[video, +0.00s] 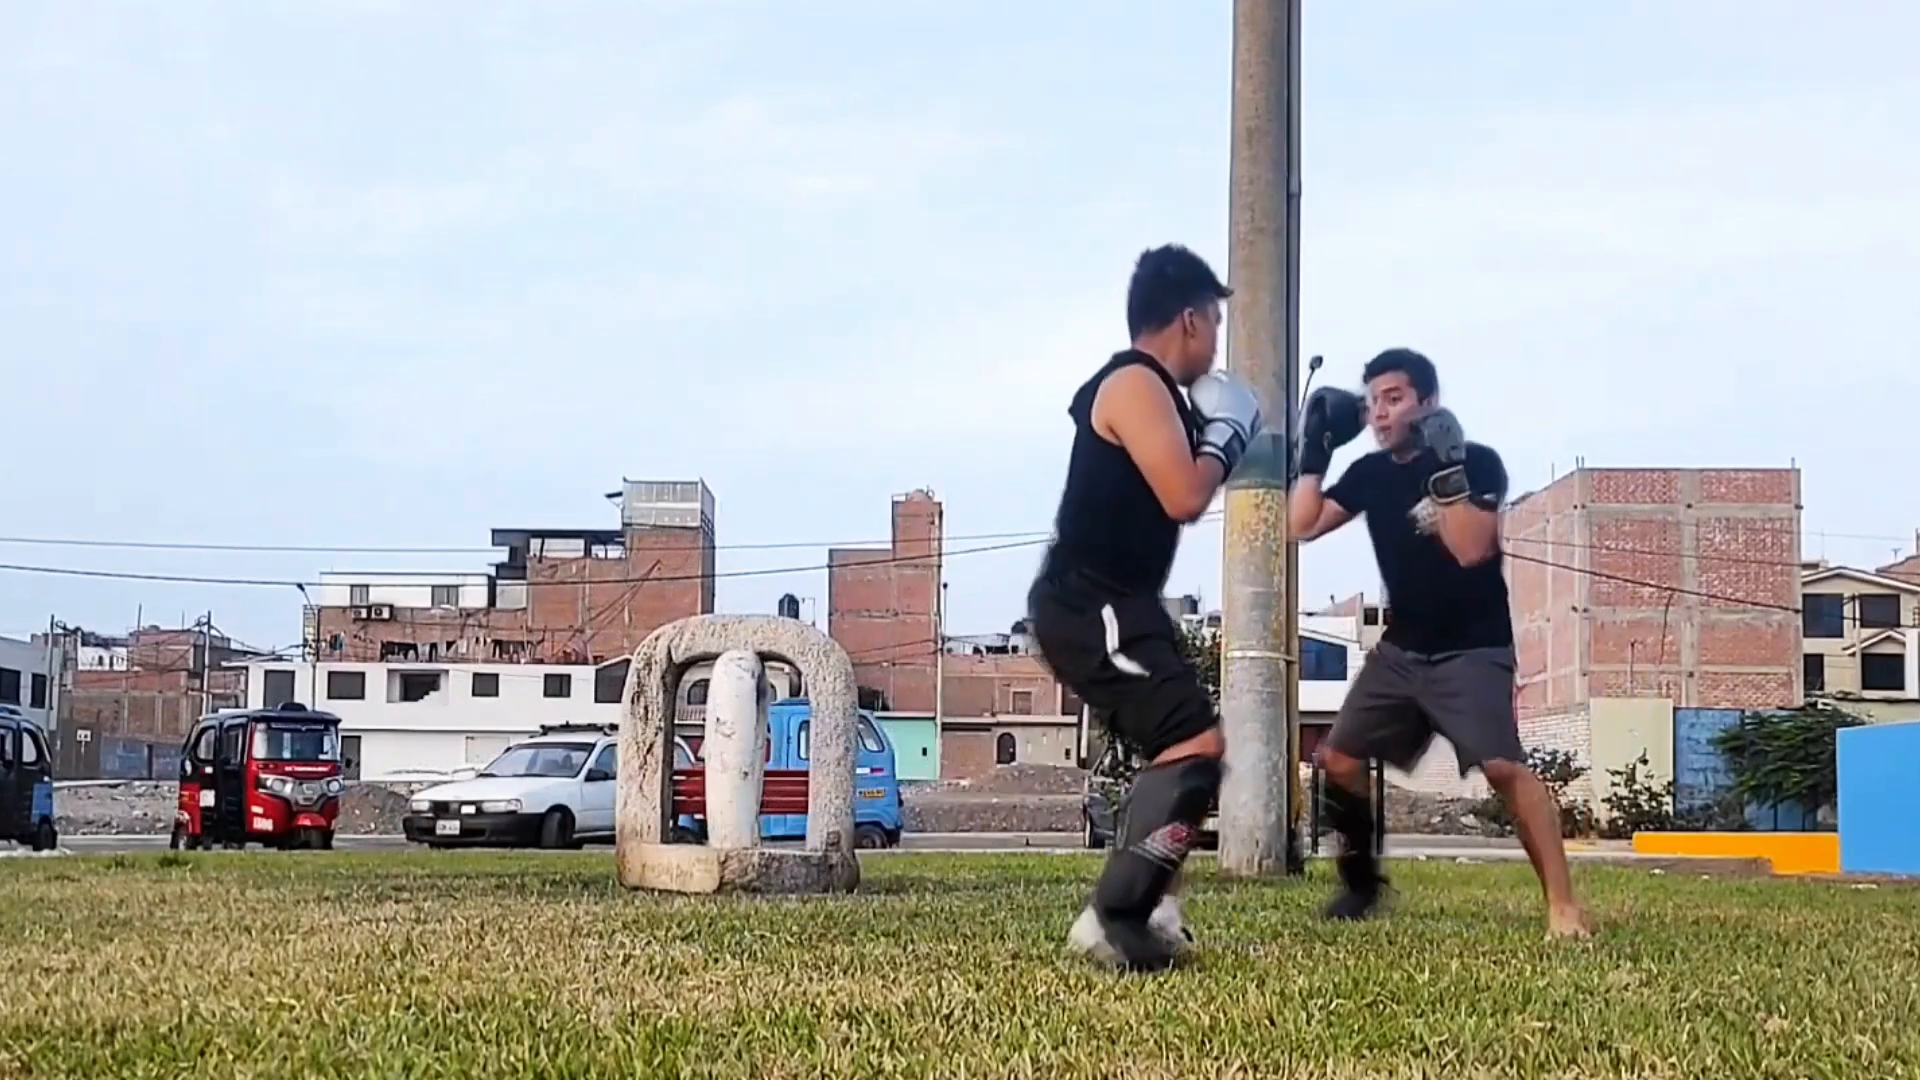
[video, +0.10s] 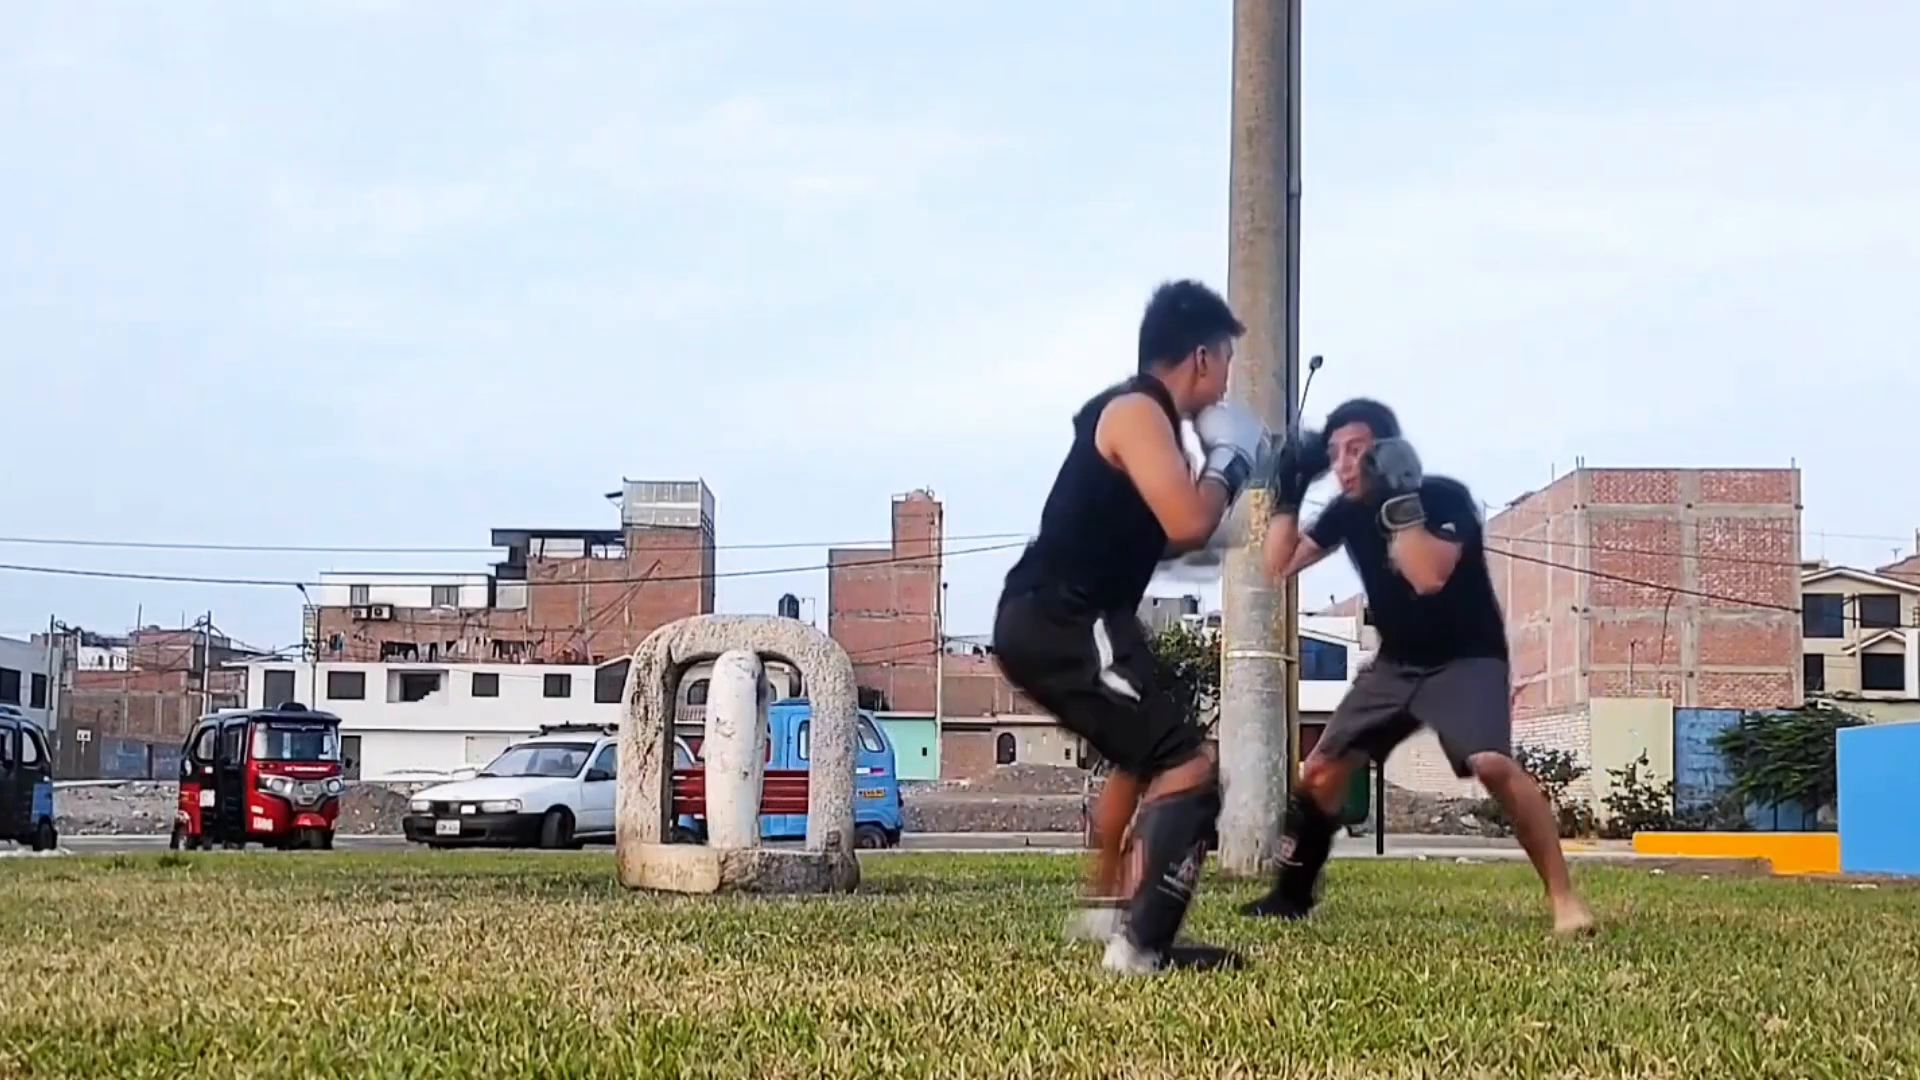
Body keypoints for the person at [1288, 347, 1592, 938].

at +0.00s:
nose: (1379, 410)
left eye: (1392, 397)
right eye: (1372, 400)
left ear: (1427, 401)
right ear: (1368, 409)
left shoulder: (1473, 462)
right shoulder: (1372, 471)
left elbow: (1473, 548)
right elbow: (1302, 524)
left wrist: (1446, 467)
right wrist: (1316, 444)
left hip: (1473, 652)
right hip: (1401, 651)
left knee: (1502, 764)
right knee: (1339, 759)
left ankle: (1564, 908)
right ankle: (1362, 889)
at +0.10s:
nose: (1345, 462)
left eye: (1356, 448)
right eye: (1337, 453)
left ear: (1390, 450)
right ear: (1331, 464)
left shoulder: (1443, 496)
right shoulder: (1346, 513)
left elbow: (1430, 574)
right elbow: (1279, 565)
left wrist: (1399, 498)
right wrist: (1291, 483)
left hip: (1467, 663)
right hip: (1395, 666)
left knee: (1490, 764)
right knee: (1319, 773)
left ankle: (1563, 898)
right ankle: (1293, 897)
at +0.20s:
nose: (1328, 539)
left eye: (1338, 524)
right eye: (1319, 528)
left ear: (1369, 522)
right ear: (1312, 532)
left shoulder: (1429, 560)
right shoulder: (1335, 576)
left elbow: (1410, 640)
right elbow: (1276, 634)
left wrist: (1378, 563)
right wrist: (1277, 564)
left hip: (1465, 695)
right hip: (1391, 698)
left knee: (1476, 781)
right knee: (1300, 785)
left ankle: (1546, 907)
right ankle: (1286, 907)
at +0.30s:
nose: (1330, 600)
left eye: (1340, 586)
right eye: (1321, 589)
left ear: (1374, 581)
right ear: (1315, 591)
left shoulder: (1440, 609)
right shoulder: (1336, 626)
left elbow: (1425, 706)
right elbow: (1295, 692)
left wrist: (1385, 636)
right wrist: (1285, 635)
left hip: (1476, 706)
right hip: (1399, 709)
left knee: (1483, 782)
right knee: (1301, 788)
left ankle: (1546, 911)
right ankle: (1287, 906)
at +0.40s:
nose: (1359, 617)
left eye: (1371, 601)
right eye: (1350, 603)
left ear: (1405, 594)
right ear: (1342, 602)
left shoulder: (1462, 620)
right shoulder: (1351, 629)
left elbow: (1459, 720)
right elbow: (1307, 709)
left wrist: (1426, 653)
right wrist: (1304, 647)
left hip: (1480, 709)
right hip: (1400, 714)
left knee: (1497, 779)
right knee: (1307, 798)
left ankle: (1548, 911)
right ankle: (1288, 908)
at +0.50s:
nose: (1387, 597)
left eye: (1401, 583)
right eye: (1378, 584)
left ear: (1433, 578)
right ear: (1369, 581)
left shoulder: (1480, 611)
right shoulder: (1361, 608)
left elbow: (1482, 712)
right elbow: (1312, 692)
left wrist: (1458, 640)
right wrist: (1322, 626)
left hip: (1467, 706)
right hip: (1392, 709)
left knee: (1507, 776)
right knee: (1304, 799)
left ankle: (1549, 912)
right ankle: (1290, 905)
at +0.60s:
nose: (1395, 612)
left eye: (1409, 597)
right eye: (1385, 597)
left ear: (1440, 592)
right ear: (1375, 593)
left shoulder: (1480, 618)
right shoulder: (1362, 614)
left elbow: (1493, 719)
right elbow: (1317, 700)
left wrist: (1471, 644)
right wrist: (1332, 632)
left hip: (1456, 710)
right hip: (1380, 707)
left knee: (1505, 775)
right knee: (1295, 793)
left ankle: (1544, 910)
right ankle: (1283, 901)